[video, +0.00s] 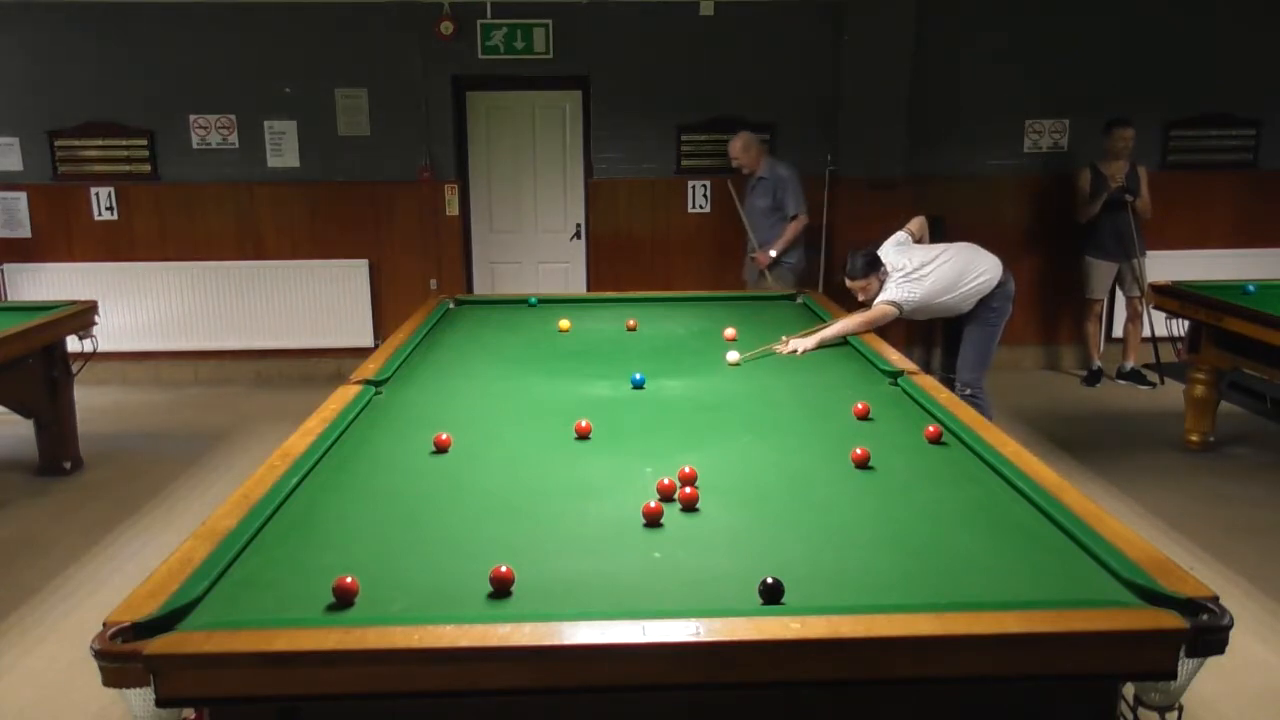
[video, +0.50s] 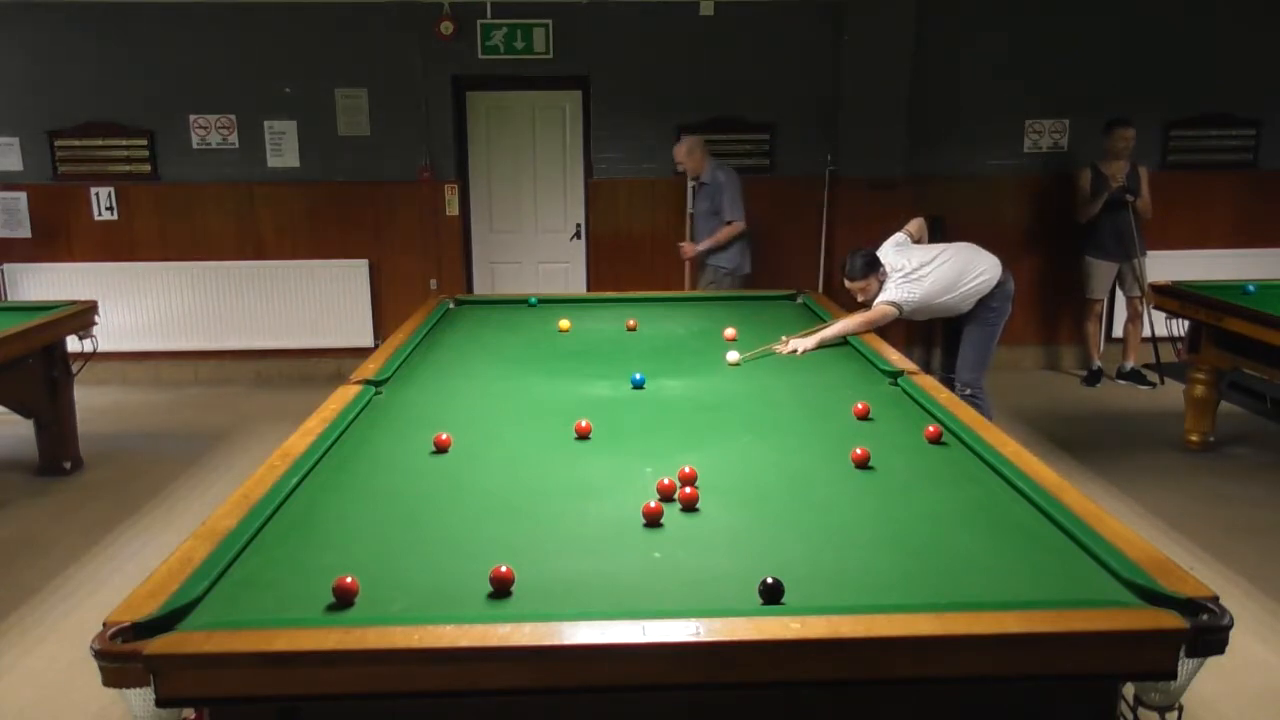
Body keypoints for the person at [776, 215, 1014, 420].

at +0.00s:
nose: (860, 297)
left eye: (864, 289)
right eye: (854, 291)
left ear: (881, 277)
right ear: (847, 280)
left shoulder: (897, 293)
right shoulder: (888, 249)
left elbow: (864, 321)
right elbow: (920, 221)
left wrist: (811, 340)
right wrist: (923, 257)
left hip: (993, 284)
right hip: (967, 271)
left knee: (968, 382)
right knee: (952, 373)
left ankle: (981, 449)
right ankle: (960, 442)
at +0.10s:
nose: (860, 297)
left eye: (864, 289)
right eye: (854, 291)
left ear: (880, 276)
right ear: (846, 280)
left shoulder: (897, 293)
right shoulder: (888, 249)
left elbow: (864, 321)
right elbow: (919, 221)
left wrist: (811, 340)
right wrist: (923, 257)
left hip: (993, 285)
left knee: (968, 382)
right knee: (953, 373)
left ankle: (982, 449)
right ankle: (961, 443)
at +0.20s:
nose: (860, 298)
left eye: (864, 290)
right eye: (854, 292)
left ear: (880, 276)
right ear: (846, 280)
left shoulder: (897, 293)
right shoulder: (888, 249)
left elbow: (865, 321)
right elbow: (919, 221)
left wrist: (812, 340)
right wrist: (923, 257)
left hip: (993, 285)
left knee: (968, 382)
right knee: (953, 374)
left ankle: (982, 449)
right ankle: (961, 443)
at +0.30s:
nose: (860, 298)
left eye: (864, 290)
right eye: (854, 292)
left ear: (880, 276)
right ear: (846, 280)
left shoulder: (897, 293)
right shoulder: (888, 249)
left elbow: (865, 321)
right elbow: (919, 221)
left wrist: (812, 340)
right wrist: (923, 257)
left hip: (992, 285)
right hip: (967, 271)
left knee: (968, 382)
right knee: (951, 374)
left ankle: (983, 449)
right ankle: (959, 442)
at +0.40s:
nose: (859, 298)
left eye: (863, 290)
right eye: (854, 292)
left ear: (880, 276)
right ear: (846, 281)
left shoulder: (897, 293)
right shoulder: (888, 249)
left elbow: (865, 321)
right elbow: (919, 222)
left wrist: (812, 340)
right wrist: (923, 257)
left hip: (992, 285)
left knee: (968, 382)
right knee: (952, 374)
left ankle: (983, 449)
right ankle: (959, 443)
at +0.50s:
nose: (859, 298)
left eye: (863, 290)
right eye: (853, 292)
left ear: (880, 276)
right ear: (846, 281)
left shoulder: (897, 293)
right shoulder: (887, 249)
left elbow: (864, 321)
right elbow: (919, 222)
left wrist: (812, 340)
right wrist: (922, 257)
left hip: (992, 285)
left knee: (968, 382)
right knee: (952, 374)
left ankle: (982, 449)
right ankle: (960, 443)